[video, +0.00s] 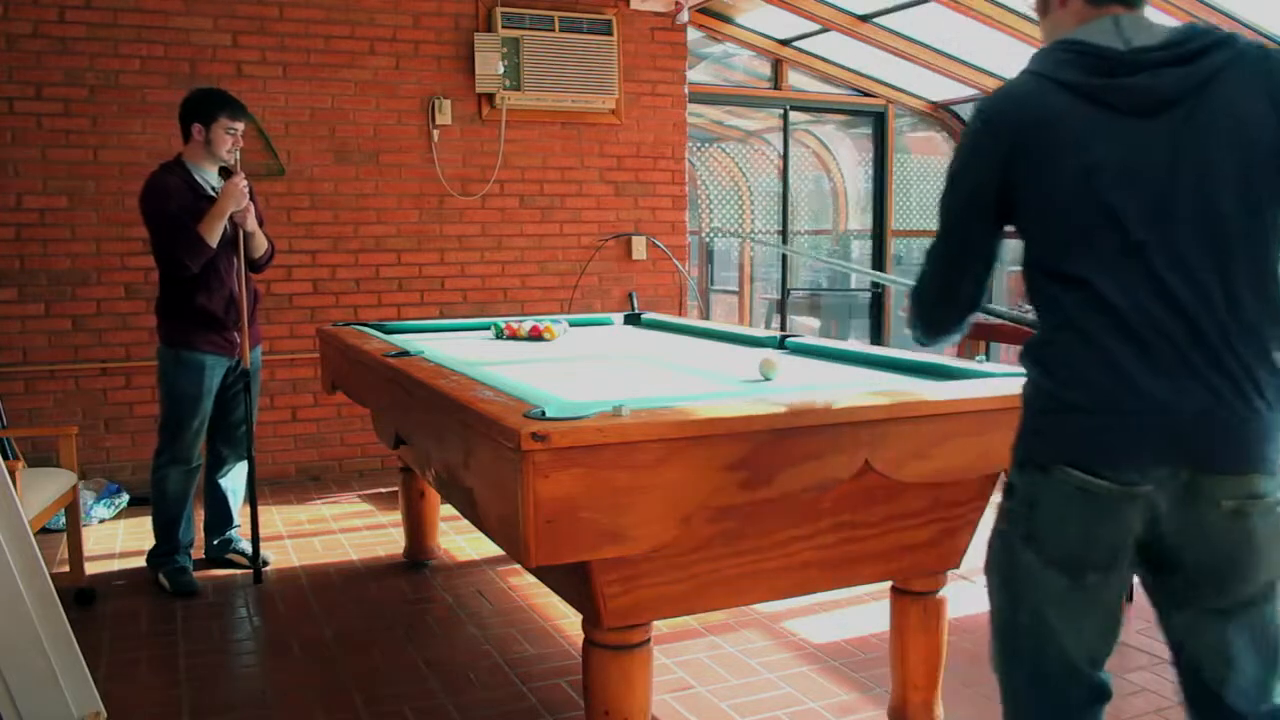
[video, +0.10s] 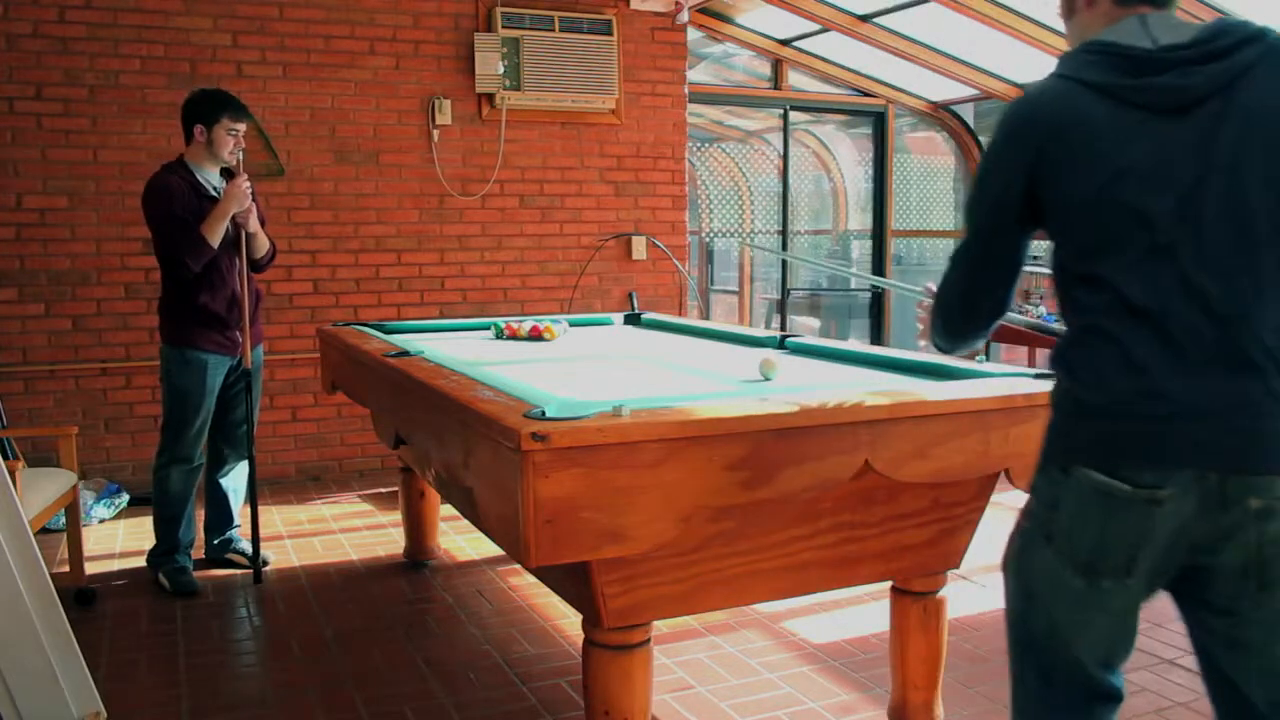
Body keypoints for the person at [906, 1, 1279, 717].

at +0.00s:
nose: (1035, 28)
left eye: (1036, 15)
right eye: (1035, 17)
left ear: (1060, 5)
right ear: (1139, 5)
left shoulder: (1017, 110)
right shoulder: (1261, 73)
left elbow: (935, 312)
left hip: (1082, 446)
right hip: (1239, 449)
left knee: (1050, 703)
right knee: (1247, 704)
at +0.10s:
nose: (1063, 27)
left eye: (1063, 15)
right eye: (1064, 17)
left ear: (1085, 4)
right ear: (1174, 1)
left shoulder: (1051, 111)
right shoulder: (1264, 66)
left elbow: (970, 305)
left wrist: (947, 321)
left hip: (1116, 456)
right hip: (1260, 453)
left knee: (1063, 696)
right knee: (1262, 700)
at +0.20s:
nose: (1086, 29)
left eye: (1087, 15)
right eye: (1085, 17)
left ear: (1115, 5)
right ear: (1198, 4)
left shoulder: (1075, 118)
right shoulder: (1272, 64)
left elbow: (983, 287)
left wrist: (947, 331)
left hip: (1150, 449)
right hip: (1275, 449)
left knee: (1083, 684)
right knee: (1273, 699)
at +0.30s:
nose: (1097, 42)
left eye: (1097, 23)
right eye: (1095, 27)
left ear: (1125, 11)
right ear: (1212, 8)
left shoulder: (1084, 122)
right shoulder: (1275, 70)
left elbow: (986, 261)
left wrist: (928, 339)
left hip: (1167, 446)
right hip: (1279, 444)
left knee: (1092, 680)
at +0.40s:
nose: (1084, 48)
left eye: (1088, 26)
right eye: (1084, 29)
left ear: (1115, 26)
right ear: (1210, 24)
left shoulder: (1080, 141)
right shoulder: (1269, 82)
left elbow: (974, 265)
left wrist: (904, 347)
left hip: (1175, 464)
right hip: (1277, 462)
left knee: (1103, 705)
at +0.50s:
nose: (1063, 88)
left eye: (1065, 73)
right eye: (1062, 74)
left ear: (1091, 69)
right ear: (1177, 60)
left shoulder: (1060, 177)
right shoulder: (1263, 101)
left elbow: (947, 286)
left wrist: (871, 362)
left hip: (1178, 469)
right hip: (1275, 462)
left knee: (1113, 695)